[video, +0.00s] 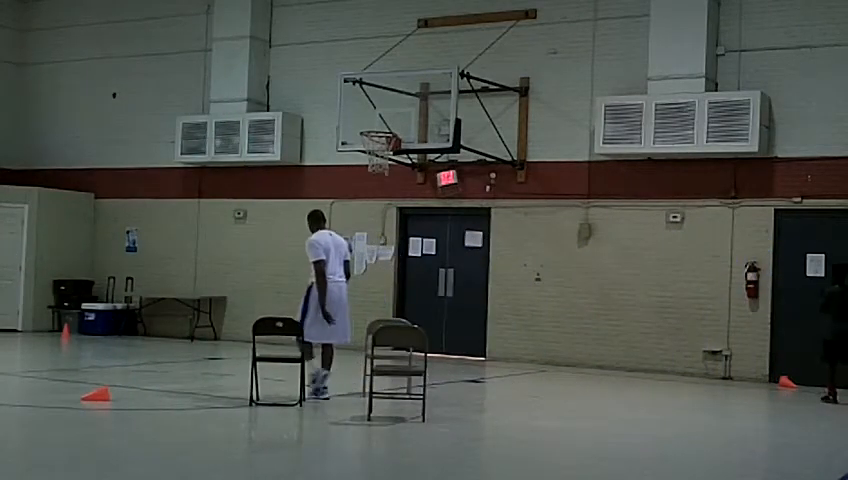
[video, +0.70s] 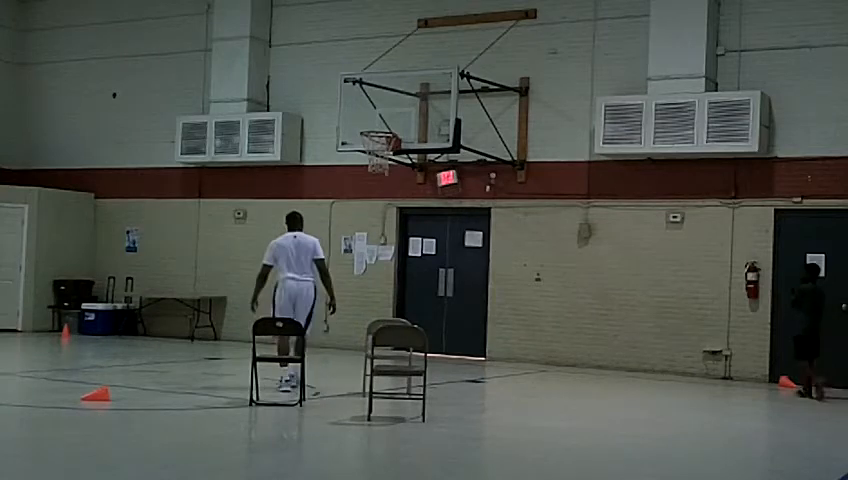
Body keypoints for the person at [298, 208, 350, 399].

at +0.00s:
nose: (310, 227)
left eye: (309, 225)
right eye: (311, 224)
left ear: (310, 224)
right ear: (325, 221)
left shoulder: (314, 240)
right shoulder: (340, 240)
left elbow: (320, 273)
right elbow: (347, 273)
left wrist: (323, 305)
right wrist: (337, 288)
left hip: (321, 288)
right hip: (339, 287)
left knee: (304, 333)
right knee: (328, 338)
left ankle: (314, 371)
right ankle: (322, 385)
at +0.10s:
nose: (308, 226)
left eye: (308, 223)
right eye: (310, 222)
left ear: (307, 223)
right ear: (323, 222)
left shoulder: (309, 241)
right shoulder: (337, 241)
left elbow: (314, 273)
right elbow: (342, 272)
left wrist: (314, 302)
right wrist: (335, 290)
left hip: (315, 287)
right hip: (335, 287)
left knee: (298, 330)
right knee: (327, 337)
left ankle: (298, 377)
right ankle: (323, 385)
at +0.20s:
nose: (304, 229)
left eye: (303, 226)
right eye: (308, 225)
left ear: (302, 226)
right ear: (318, 224)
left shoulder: (303, 244)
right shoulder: (333, 243)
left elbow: (301, 275)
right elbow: (337, 273)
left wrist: (297, 301)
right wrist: (332, 291)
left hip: (311, 289)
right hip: (331, 289)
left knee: (294, 332)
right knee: (327, 339)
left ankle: (285, 376)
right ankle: (323, 384)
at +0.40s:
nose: (292, 231)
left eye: (291, 228)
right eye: (295, 227)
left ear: (291, 229)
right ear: (306, 227)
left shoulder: (289, 248)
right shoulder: (321, 245)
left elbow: (279, 279)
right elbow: (328, 273)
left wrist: (269, 307)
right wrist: (326, 296)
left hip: (298, 290)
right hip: (319, 290)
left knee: (290, 335)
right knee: (315, 336)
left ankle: (285, 378)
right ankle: (321, 368)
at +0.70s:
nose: (294, 227)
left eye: (289, 224)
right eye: (298, 224)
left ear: (286, 225)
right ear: (302, 224)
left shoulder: (277, 243)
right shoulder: (313, 242)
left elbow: (264, 272)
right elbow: (323, 270)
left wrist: (255, 296)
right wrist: (331, 296)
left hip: (285, 286)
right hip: (307, 286)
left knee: (283, 332)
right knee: (301, 333)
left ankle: (285, 375)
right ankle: (297, 374)